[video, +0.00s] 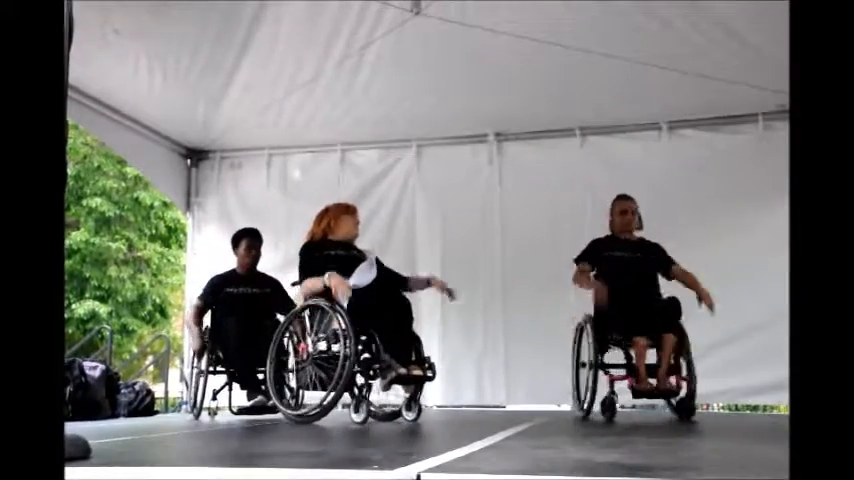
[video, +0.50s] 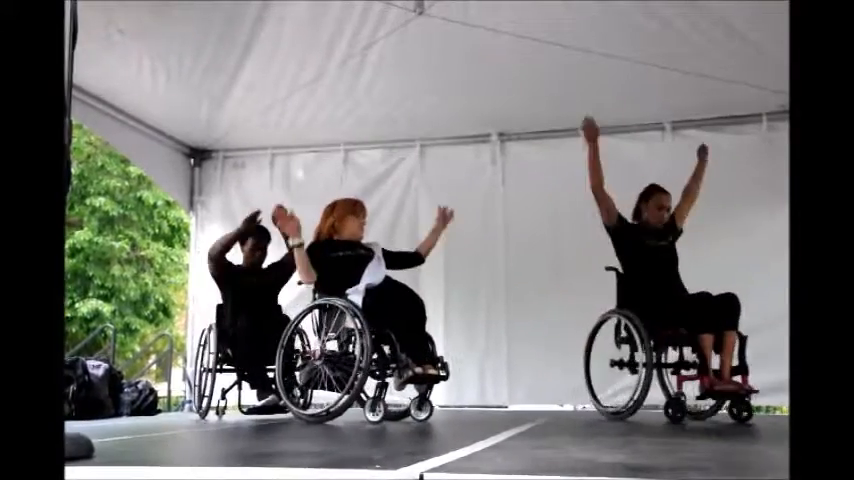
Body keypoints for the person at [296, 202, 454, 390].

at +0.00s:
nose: (358, 222)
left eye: (357, 218)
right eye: (352, 218)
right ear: (334, 222)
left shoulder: (360, 255)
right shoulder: (313, 250)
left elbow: (396, 281)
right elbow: (306, 286)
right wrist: (329, 278)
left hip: (369, 303)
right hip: (332, 311)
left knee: (400, 304)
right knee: (381, 308)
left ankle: (406, 362)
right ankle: (388, 364)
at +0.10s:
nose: (356, 231)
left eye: (358, 226)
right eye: (351, 226)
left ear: (358, 226)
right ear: (332, 227)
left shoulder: (364, 255)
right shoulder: (315, 248)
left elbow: (408, 270)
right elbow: (308, 276)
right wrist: (326, 258)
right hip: (332, 311)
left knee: (401, 304)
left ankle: (409, 361)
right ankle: (394, 363)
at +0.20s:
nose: (361, 220)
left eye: (361, 216)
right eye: (356, 216)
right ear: (339, 220)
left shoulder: (367, 252)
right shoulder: (319, 244)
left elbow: (411, 256)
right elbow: (310, 261)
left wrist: (431, 230)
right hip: (336, 305)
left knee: (403, 306)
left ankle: (414, 362)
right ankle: (402, 363)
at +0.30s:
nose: (363, 221)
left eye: (363, 216)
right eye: (357, 216)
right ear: (340, 220)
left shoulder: (367, 251)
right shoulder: (322, 250)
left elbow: (412, 245)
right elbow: (314, 248)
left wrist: (425, 207)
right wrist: (326, 209)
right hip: (339, 310)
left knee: (407, 305)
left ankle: (417, 361)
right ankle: (406, 363)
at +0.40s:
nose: (363, 221)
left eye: (363, 217)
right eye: (357, 216)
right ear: (337, 221)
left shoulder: (370, 251)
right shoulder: (325, 248)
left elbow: (414, 246)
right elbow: (310, 256)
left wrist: (425, 207)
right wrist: (314, 212)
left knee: (409, 306)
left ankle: (419, 361)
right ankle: (412, 362)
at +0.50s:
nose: (364, 222)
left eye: (364, 218)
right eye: (358, 217)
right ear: (337, 221)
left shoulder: (371, 252)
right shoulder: (320, 249)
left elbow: (415, 258)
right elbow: (308, 277)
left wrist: (439, 228)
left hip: (375, 308)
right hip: (341, 311)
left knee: (412, 305)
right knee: (396, 312)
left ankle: (421, 362)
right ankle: (413, 363)